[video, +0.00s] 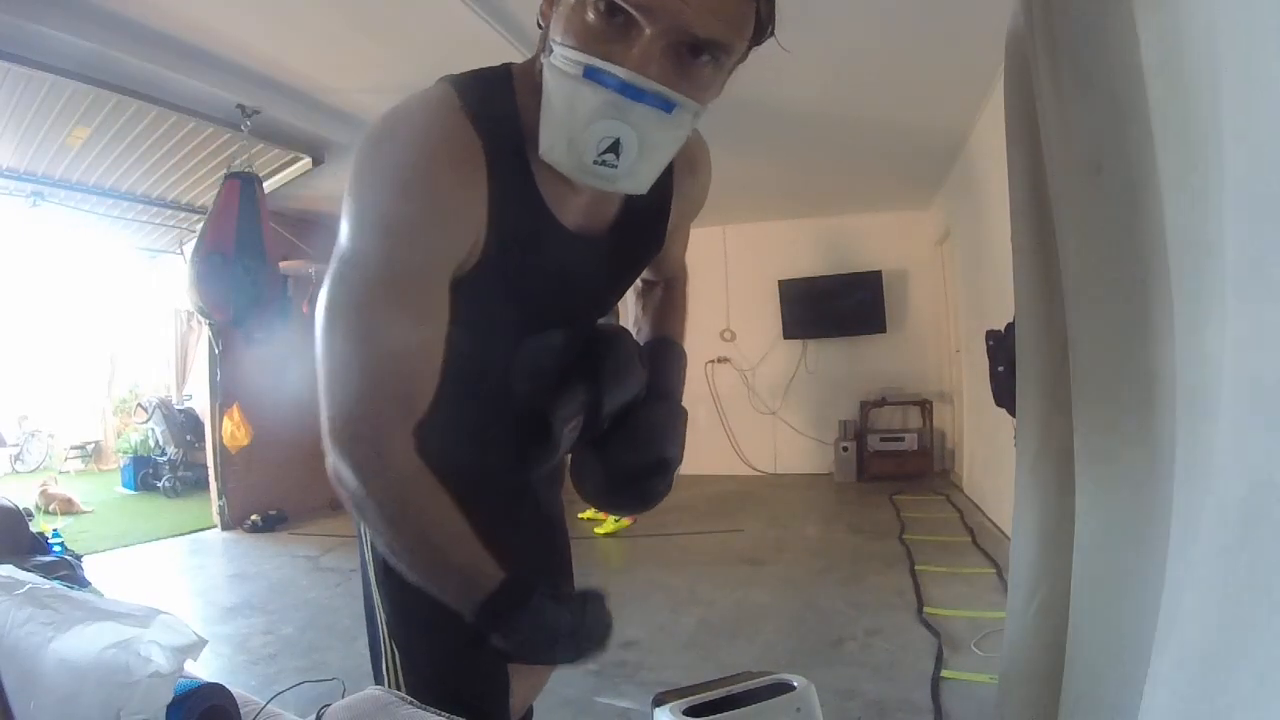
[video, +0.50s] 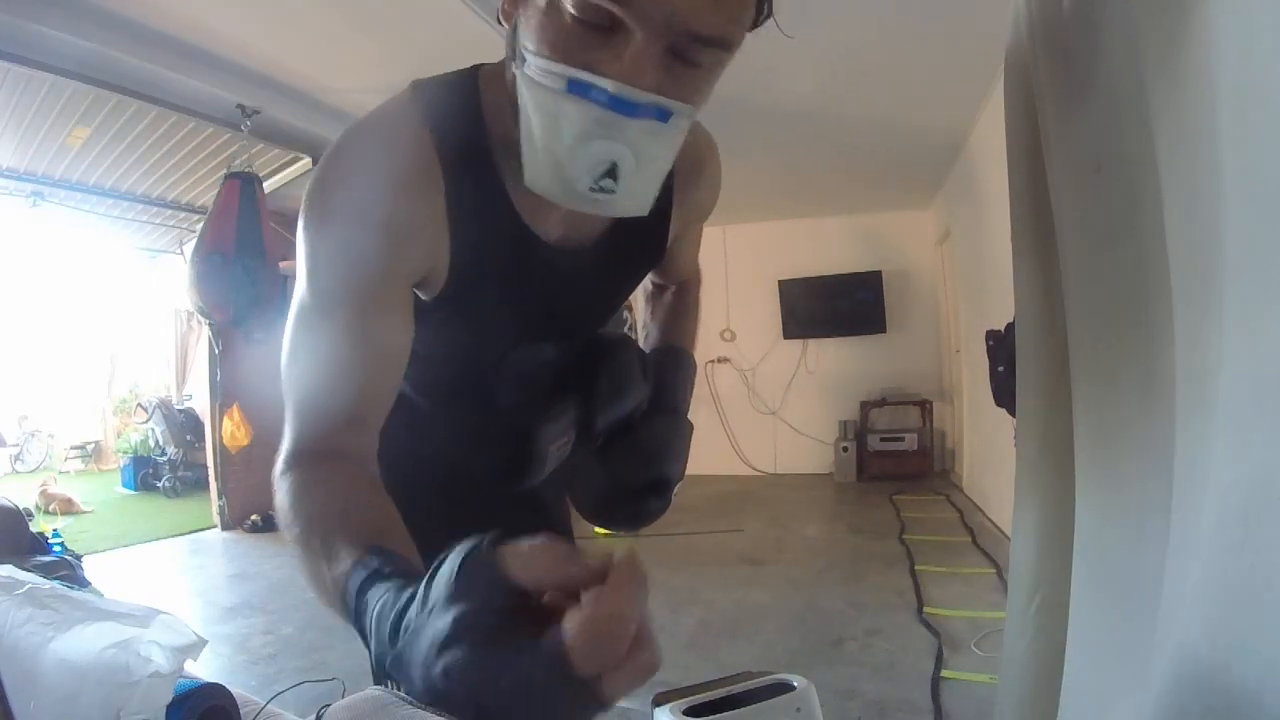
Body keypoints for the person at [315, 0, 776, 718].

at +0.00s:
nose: (635, 75)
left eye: (696, 52)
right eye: (615, 17)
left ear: (733, 72)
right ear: (554, 6)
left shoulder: (678, 169)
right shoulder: (427, 150)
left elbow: (663, 279)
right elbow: (363, 448)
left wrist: (659, 399)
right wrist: (506, 608)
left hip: (536, 465)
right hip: (425, 468)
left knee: (530, 669)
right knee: (455, 703)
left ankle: (507, 713)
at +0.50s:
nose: (629, 85)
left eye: (689, 56)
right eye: (596, 21)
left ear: (731, 56)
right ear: (515, 5)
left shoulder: (684, 169)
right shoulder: (389, 165)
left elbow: (674, 282)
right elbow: (322, 455)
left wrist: (660, 413)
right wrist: (398, 621)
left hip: (542, 486)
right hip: (407, 491)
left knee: (559, 682)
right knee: (435, 690)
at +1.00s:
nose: (695, 164)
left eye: (744, 137)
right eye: (673, 87)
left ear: (768, 124)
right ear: (563, 14)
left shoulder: (668, 179)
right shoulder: (387, 178)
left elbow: (663, 279)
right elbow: (355, 475)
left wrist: (652, 417)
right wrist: (465, 594)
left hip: (560, 516)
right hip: (425, 523)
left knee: (532, 677)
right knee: (463, 699)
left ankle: (518, 707)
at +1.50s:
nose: (695, 160)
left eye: (746, 136)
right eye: (672, 94)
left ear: (773, 125)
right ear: (577, 34)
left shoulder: (638, 176)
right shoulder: (414, 173)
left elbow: (641, 288)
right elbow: (339, 452)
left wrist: (646, 404)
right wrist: (490, 596)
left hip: (524, 480)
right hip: (409, 487)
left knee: (533, 660)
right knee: (453, 701)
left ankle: (513, 708)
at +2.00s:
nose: (685, 151)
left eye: (731, 127)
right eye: (663, 91)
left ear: (763, 112)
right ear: (585, 32)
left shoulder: (645, 180)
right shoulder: (443, 167)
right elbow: (370, 456)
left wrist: (643, 409)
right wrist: (517, 516)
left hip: (533, 466)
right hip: (417, 479)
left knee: (539, 653)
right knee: (458, 700)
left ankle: (512, 710)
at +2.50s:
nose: (686, 126)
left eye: (726, 102)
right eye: (661, 76)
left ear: (758, 94)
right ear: (597, 33)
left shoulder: (673, 180)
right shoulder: (470, 165)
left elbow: (646, 290)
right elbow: (394, 405)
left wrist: (655, 401)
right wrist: (522, 401)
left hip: (542, 446)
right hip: (439, 458)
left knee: (540, 648)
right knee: (479, 701)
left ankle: (526, 713)